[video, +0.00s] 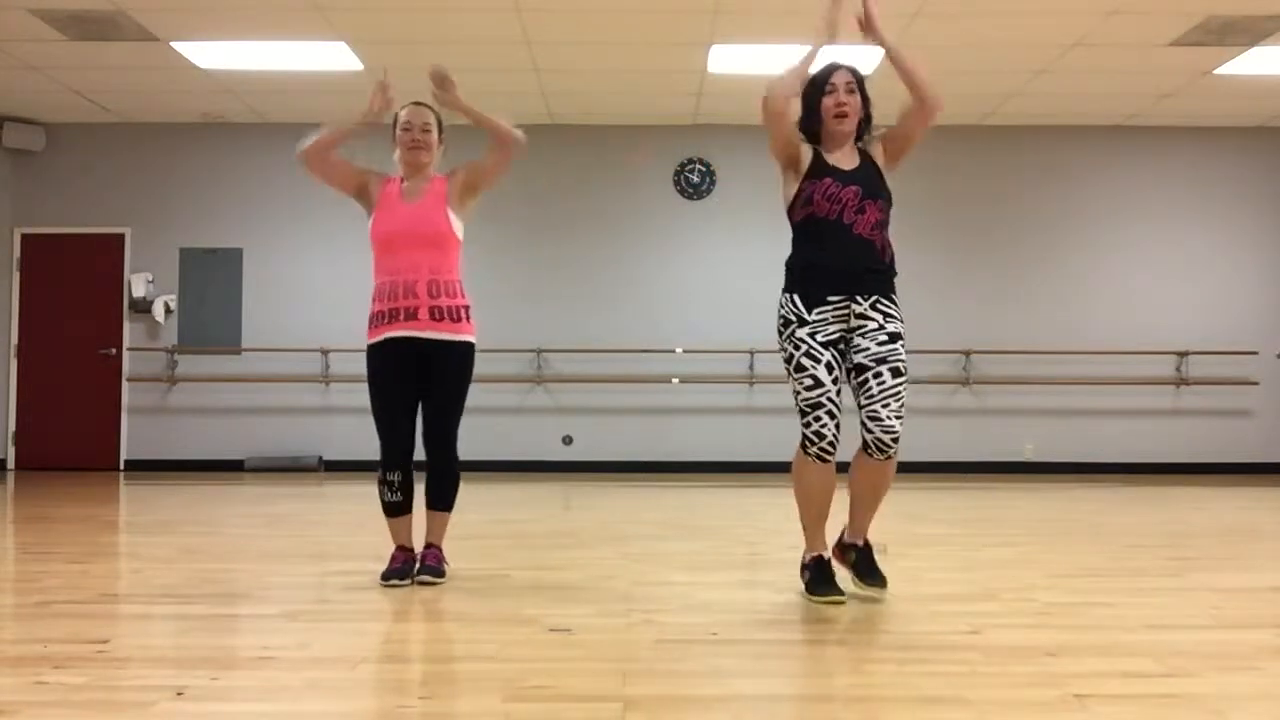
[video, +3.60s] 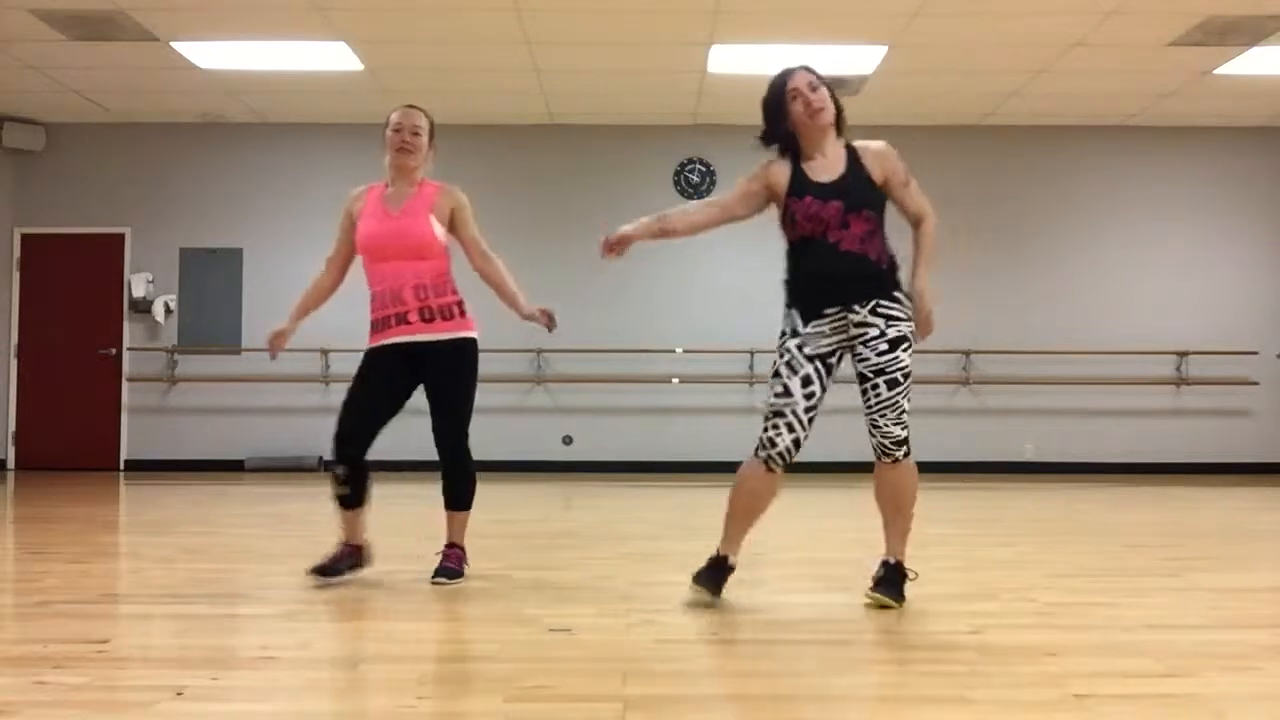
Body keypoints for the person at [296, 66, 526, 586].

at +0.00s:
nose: (416, 133)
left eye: (426, 128)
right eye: (407, 126)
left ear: (440, 141)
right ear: (395, 139)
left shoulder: (458, 187)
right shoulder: (375, 188)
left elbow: (512, 142)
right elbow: (311, 155)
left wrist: (462, 107)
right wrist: (366, 118)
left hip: (449, 337)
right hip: (390, 336)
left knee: (440, 444)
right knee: (395, 447)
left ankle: (433, 549)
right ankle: (402, 550)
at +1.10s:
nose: (413, 134)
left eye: (423, 128)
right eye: (405, 129)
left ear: (439, 141)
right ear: (393, 141)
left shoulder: (457, 187)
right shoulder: (378, 186)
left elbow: (499, 125)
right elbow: (333, 124)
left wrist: (540, 68)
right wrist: (289, 71)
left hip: (442, 338)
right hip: (384, 334)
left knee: (428, 446)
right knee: (391, 446)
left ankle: (430, 547)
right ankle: (400, 550)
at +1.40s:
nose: (415, 129)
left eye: (424, 123)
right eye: (407, 124)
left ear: (440, 137)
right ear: (395, 137)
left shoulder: (462, 185)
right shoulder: (379, 184)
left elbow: (532, 145)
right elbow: (319, 152)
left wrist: (603, 110)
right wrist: (264, 122)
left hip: (447, 337)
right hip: (388, 335)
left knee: (439, 446)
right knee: (394, 444)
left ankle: (430, 550)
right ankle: (399, 545)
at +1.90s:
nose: (413, 126)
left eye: (422, 122)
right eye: (404, 121)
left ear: (436, 139)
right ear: (390, 138)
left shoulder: (458, 189)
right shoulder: (371, 189)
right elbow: (293, 191)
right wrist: (227, 197)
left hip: (444, 331)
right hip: (385, 331)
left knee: (430, 439)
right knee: (390, 442)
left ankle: (435, 543)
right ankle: (398, 549)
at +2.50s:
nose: (419, 130)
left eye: (429, 125)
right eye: (411, 124)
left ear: (441, 141)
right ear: (396, 137)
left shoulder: (459, 193)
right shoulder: (372, 194)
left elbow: (525, 225)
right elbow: (310, 242)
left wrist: (584, 254)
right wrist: (257, 283)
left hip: (449, 336)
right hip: (389, 336)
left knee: (441, 445)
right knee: (396, 448)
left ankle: (433, 549)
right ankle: (400, 551)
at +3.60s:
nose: (406, 137)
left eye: (416, 132)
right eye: (398, 129)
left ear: (429, 146)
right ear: (384, 139)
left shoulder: (448, 199)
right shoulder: (361, 203)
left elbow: (484, 259)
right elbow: (333, 271)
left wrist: (522, 306)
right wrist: (292, 321)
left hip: (450, 343)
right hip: (391, 346)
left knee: (452, 444)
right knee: (348, 441)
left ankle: (455, 548)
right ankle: (353, 545)